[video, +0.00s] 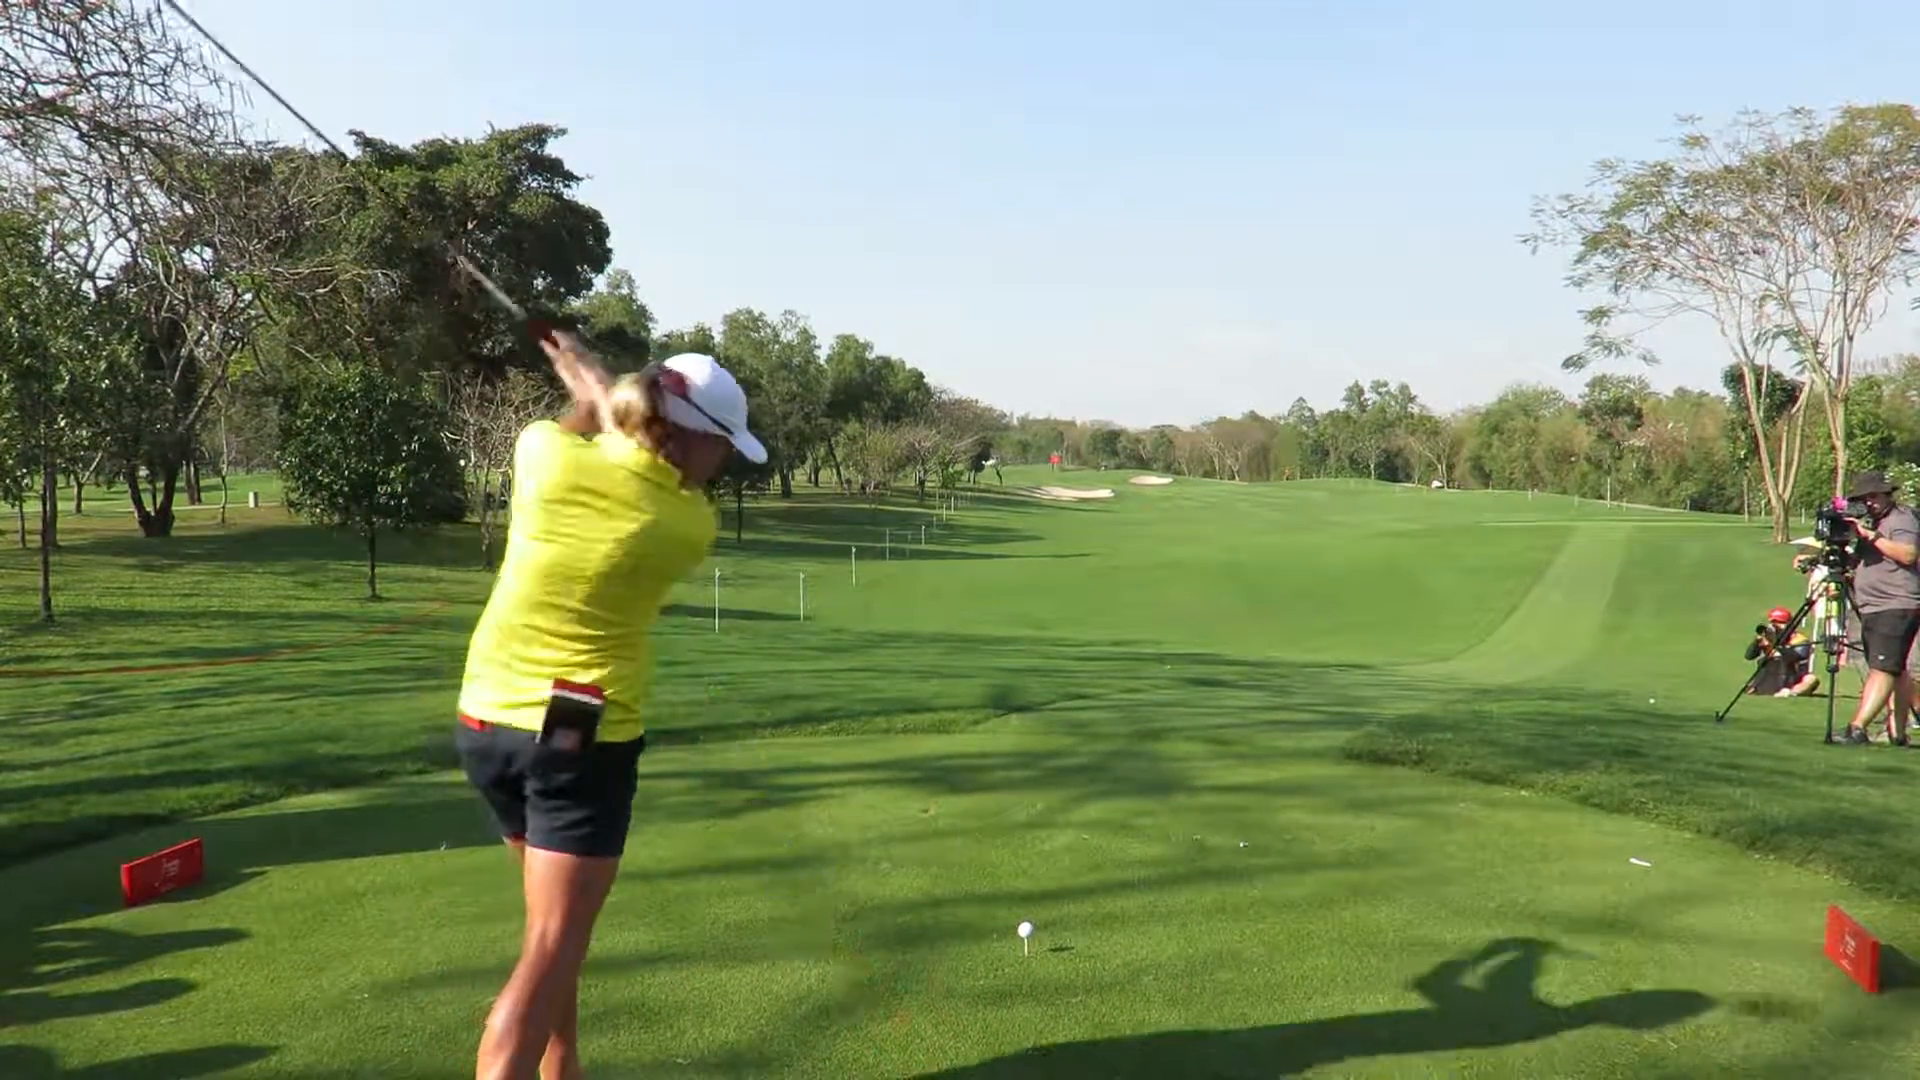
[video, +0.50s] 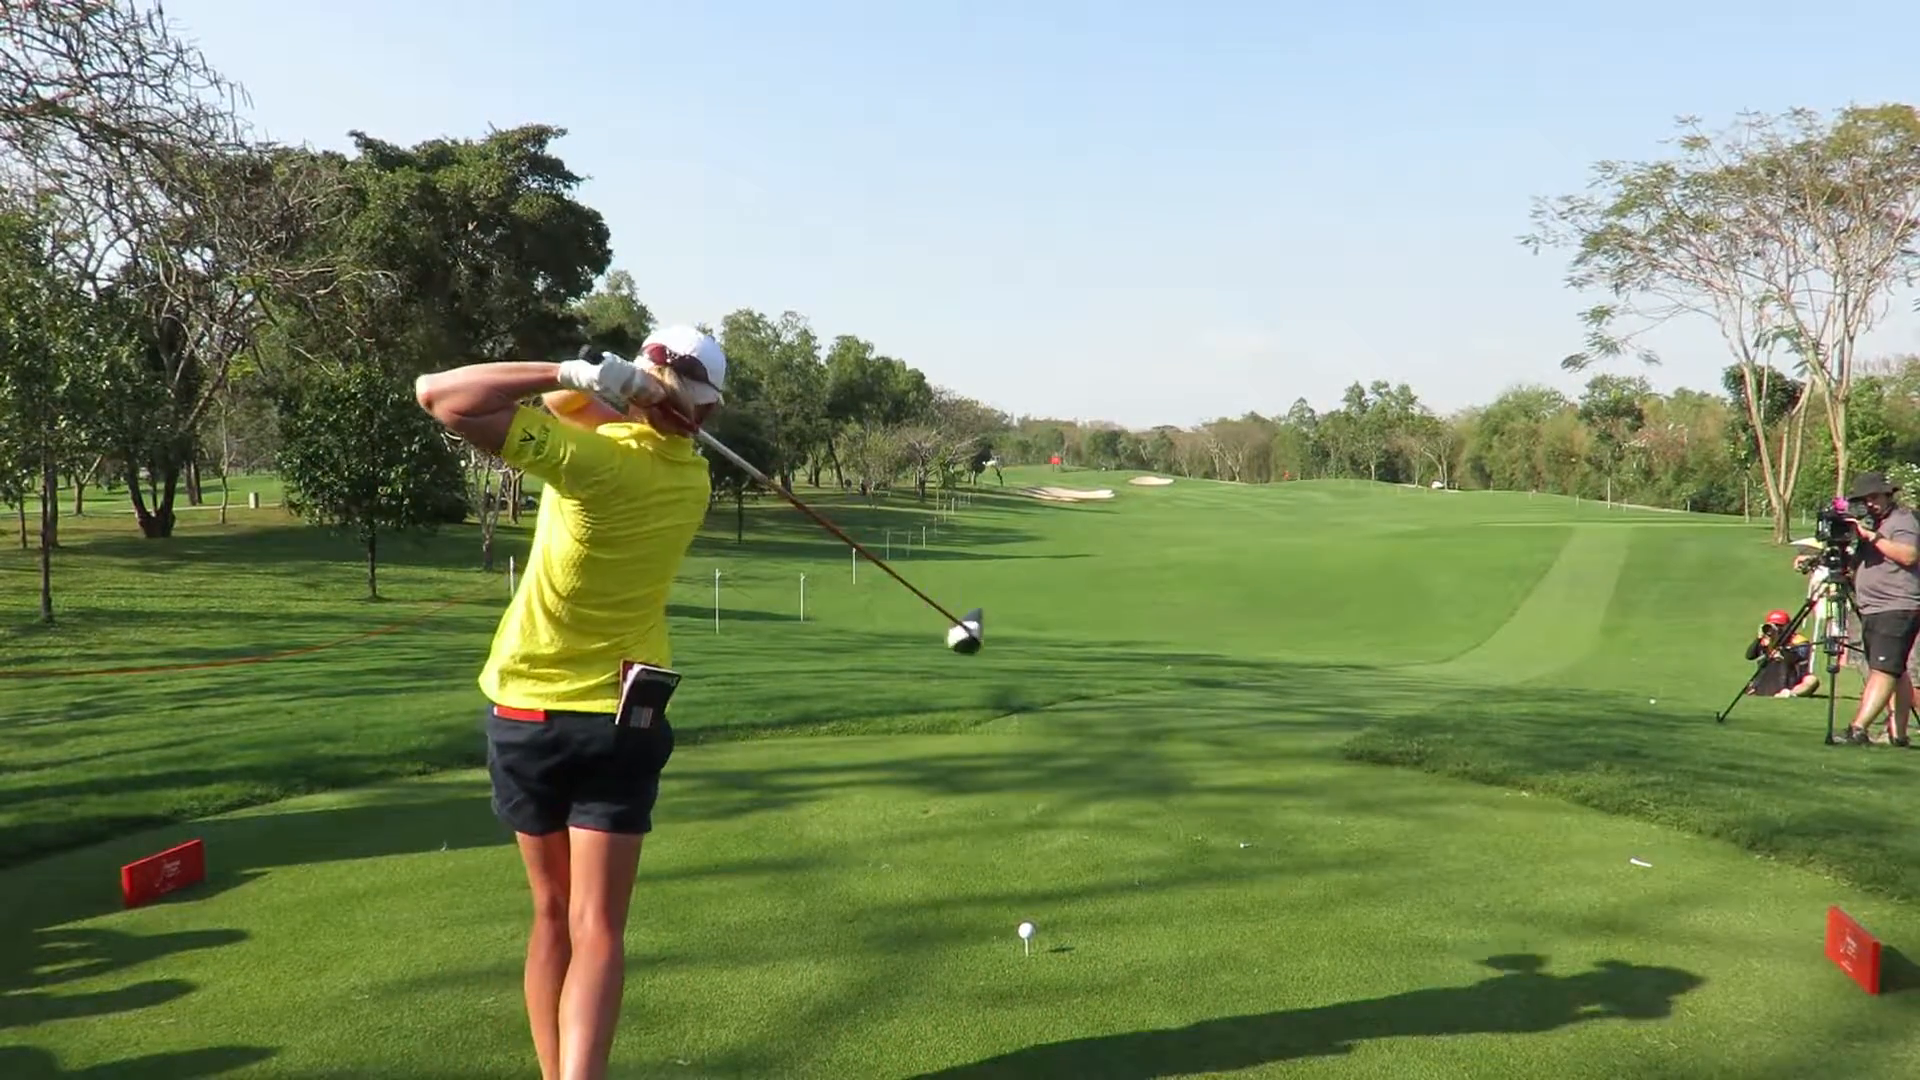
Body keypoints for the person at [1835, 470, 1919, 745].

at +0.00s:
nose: (1867, 506)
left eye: (1871, 499)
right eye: (1863, 501)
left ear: (1885, 496)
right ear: (1864, 502)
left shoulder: (1901, 519)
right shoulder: (1874, 523)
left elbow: (1908, 555)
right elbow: (1866, 562)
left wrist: (1872, 537)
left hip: (1897, 605)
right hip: (1874, 606)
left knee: (1883, 667)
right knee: (1892, 671)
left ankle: (1857, 726)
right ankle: (1898, 731)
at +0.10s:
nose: (1867, 506)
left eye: (1871, 499)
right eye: (1863, 501)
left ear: (1886, 496)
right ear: (1862, 503)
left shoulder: (1902, 519)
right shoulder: (1872, 525)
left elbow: (1908, 555)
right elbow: (1860, 565)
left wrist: (1871, 536)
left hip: (1897, 606)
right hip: (1873, 608)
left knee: (1883, 668)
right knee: (1894, 672)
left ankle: (1858, 726)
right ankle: (1898, 733)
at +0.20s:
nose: (1867, 506)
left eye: (1871, 500)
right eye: (1863, 502)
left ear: (1885, 497)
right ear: (1863, 503)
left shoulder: (1902, 520)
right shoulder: (1872, 525)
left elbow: (1908, 555)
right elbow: (1859, 562)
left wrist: (1871, 537)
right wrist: (1845, 538)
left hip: (1898, 606)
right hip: (1873, 607)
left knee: (1883, 667)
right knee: (1893, 672)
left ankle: (1858, 727)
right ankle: (1898, 733)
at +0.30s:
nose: (1867, 506)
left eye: (1871, 500)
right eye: (1863, 502)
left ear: (1885, 497)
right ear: (1864, 503)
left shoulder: (1903, 520)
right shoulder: (1873, 525)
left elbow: (1909, 556)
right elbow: (1860, 564)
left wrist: (1872, 537)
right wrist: (1844, 542)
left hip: (1898, 607)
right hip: (1873, 607)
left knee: (1883, 667)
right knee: (1892, 672)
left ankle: (1858, 727)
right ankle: (1898, 733)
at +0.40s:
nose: (1870, 506)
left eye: (1874, 499)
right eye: (1865, 501)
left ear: (1889, 496)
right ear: (1863, 503)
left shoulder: (1902, 520)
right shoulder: (1873, 524)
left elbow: (1909, 556)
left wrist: (1871, 538)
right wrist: (1843, 535)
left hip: (1897, 607)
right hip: (1873, 608)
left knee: (1883, 668)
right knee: (1895, 673)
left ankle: (1858, 728)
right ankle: (1898, 734)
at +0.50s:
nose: (1868, 506)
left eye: (1873, 499)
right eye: (1865, 501)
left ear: (1887, 496)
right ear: (1863, 502)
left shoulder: (1902, 520)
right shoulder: (1875, 525)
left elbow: (1909, 556)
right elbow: (1865, 566)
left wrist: (1872, 538)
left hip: (1898, 607)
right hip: (1874, 608)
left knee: (1884, 667)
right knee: (1891, 670)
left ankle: (1858, 727)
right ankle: (1898, 733)